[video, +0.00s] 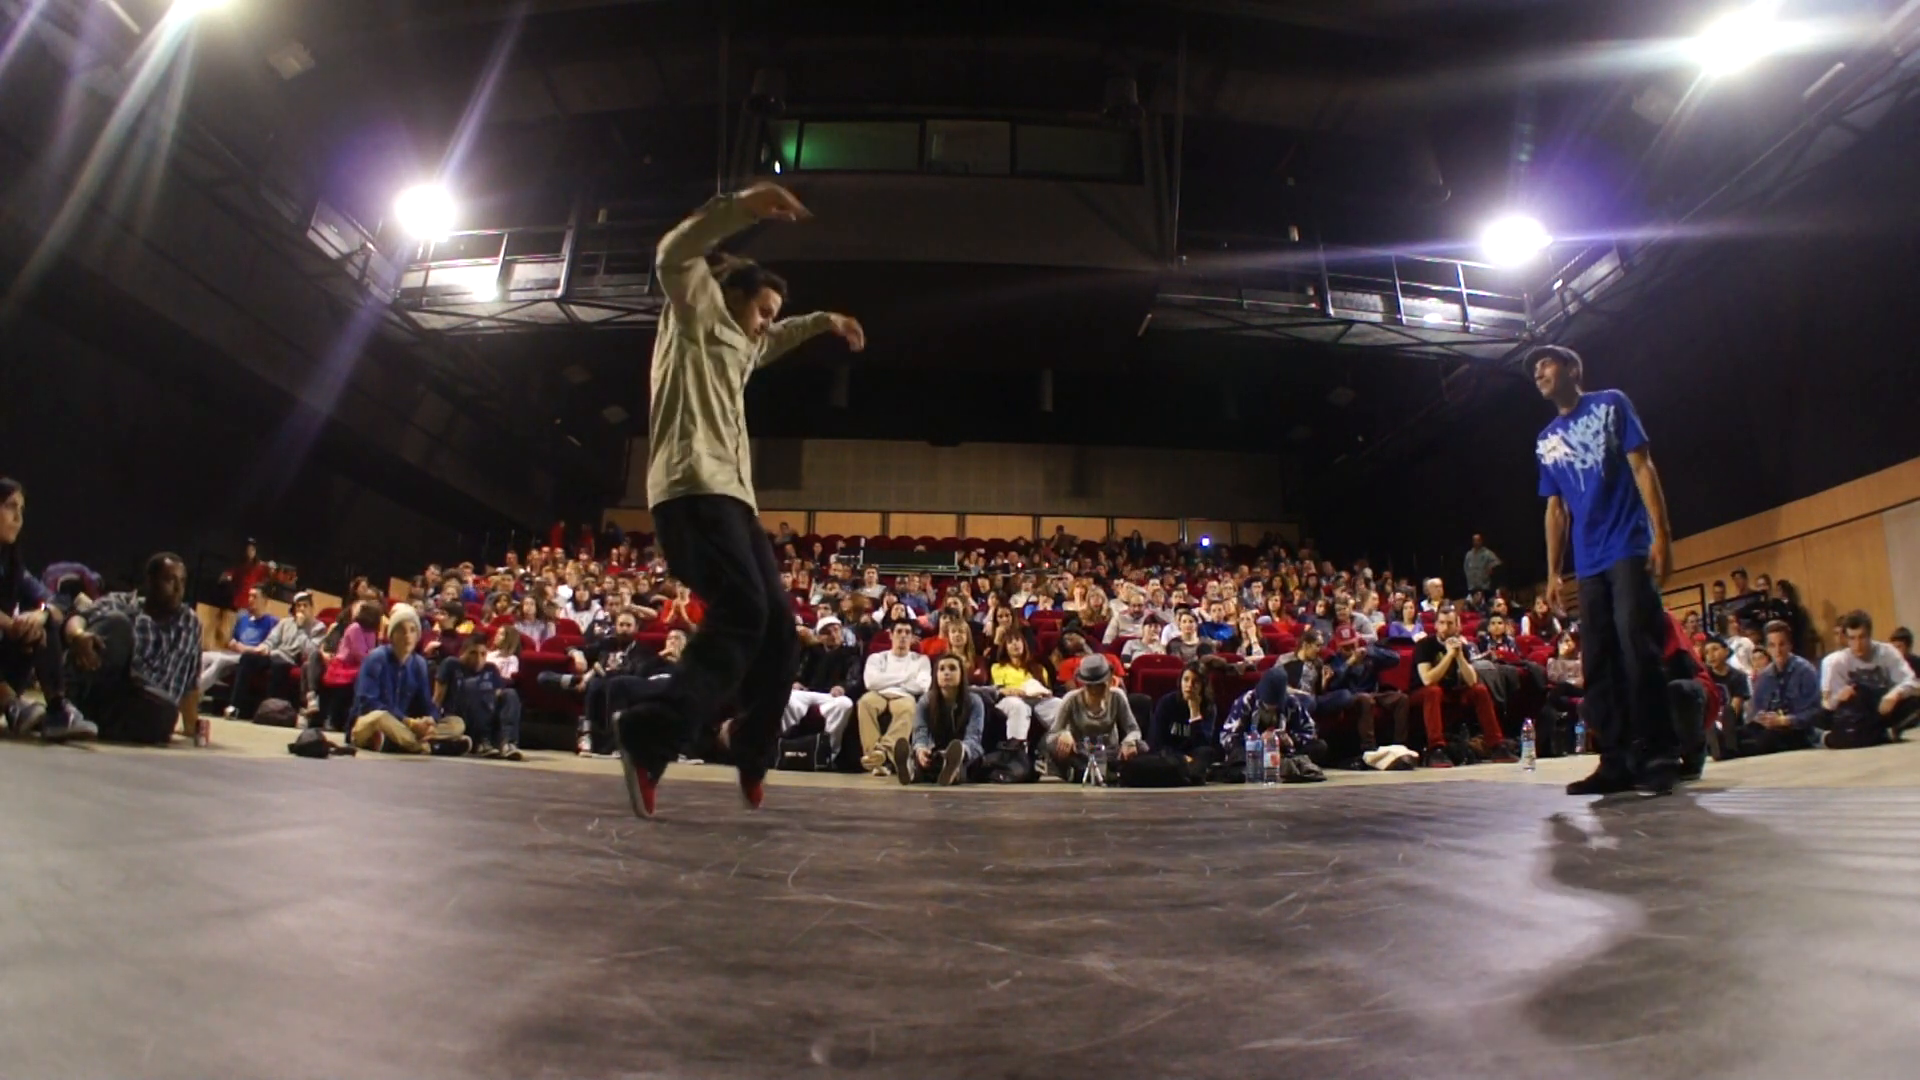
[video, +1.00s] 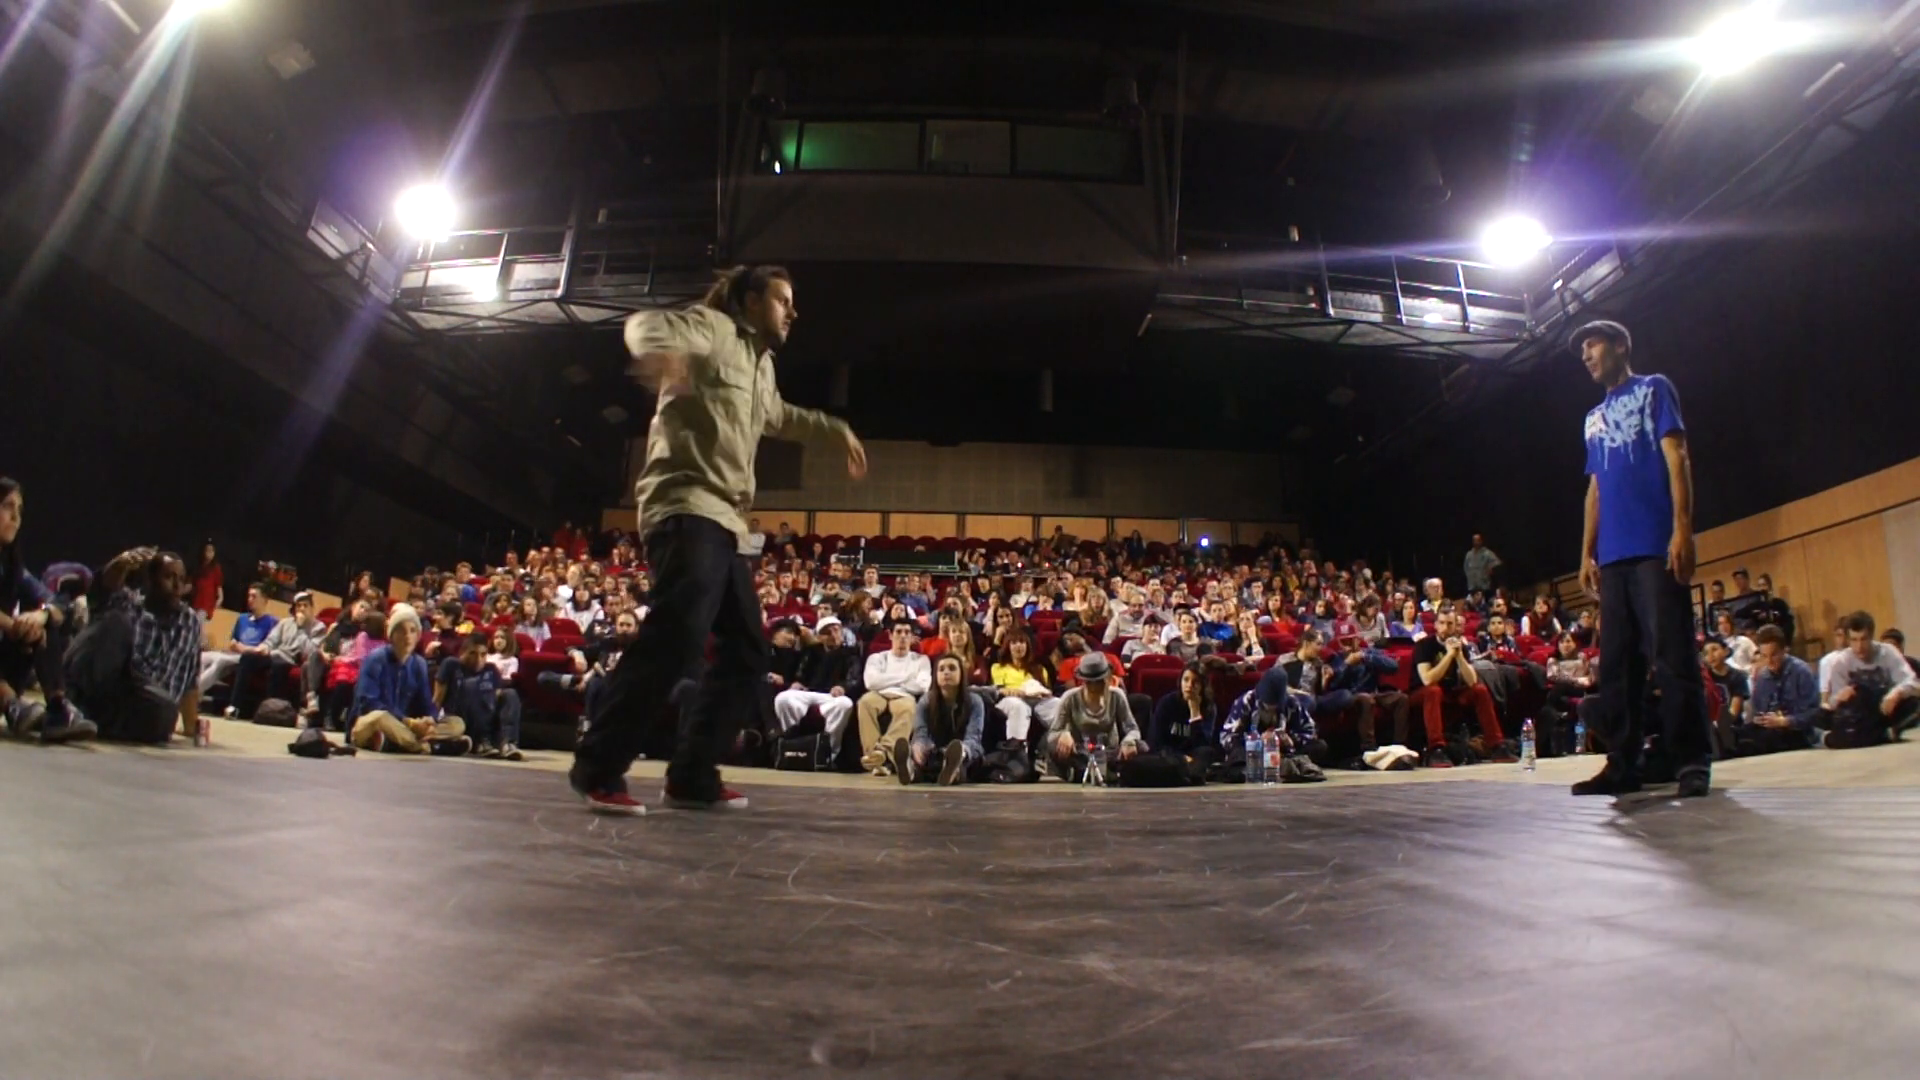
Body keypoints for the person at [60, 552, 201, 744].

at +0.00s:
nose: (178, 589)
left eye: (182, 582)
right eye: (170, 581)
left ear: (186, 585)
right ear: (151, 581)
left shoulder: (191, 623)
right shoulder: (122, 603)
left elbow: (190, 685)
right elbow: (76, 620)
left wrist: (191, 731)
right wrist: (78, 636)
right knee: (117, 625)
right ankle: (67, 709)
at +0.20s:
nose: (178, 589)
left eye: (182, 583)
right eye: (170, 581)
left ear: (186, 586)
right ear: (151, 581)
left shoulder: (190, 623)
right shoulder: (122, 603)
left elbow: (190, 685)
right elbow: (77, 619)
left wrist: (191, 732)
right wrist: (78, 636)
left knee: (161, 719)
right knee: (116, 625)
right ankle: (69, 710)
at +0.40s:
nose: (177, 589)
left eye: (182, 582)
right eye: (169, 581)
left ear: (186, 585)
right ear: (151, 581)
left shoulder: (190, 623)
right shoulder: (123, 603)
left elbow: (190, 684)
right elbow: (77, 619)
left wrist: (191, 732)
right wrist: (78, 635)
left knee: (162, 717)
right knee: (117, 625)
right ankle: (67, 709)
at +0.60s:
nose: (178, 589)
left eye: (181, 582)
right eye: (170, 580)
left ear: (185, 585)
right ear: (152, 581)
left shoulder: (190, 623)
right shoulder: (127, 603)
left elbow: (190, 685)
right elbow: (82, 608)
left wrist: (191, 732)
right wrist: (84, 622)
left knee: (161, 719)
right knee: (118, 625)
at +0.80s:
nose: (176, 586)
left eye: (181, 580)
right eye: (170, 578)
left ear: (185, 584)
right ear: (152, 580)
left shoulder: (191, 621)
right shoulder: (131, 610)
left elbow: (190, 678)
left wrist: (191, 727)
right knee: (116, 622)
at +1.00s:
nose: (176, 585)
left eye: (180, 580)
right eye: (168, 577)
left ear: (185, 585)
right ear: (152, 579)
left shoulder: (190, 621)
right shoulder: (131, 606)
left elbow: (190, 683)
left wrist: (191, 730)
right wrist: (121, 565)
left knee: (161, 718)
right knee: (117, 622)